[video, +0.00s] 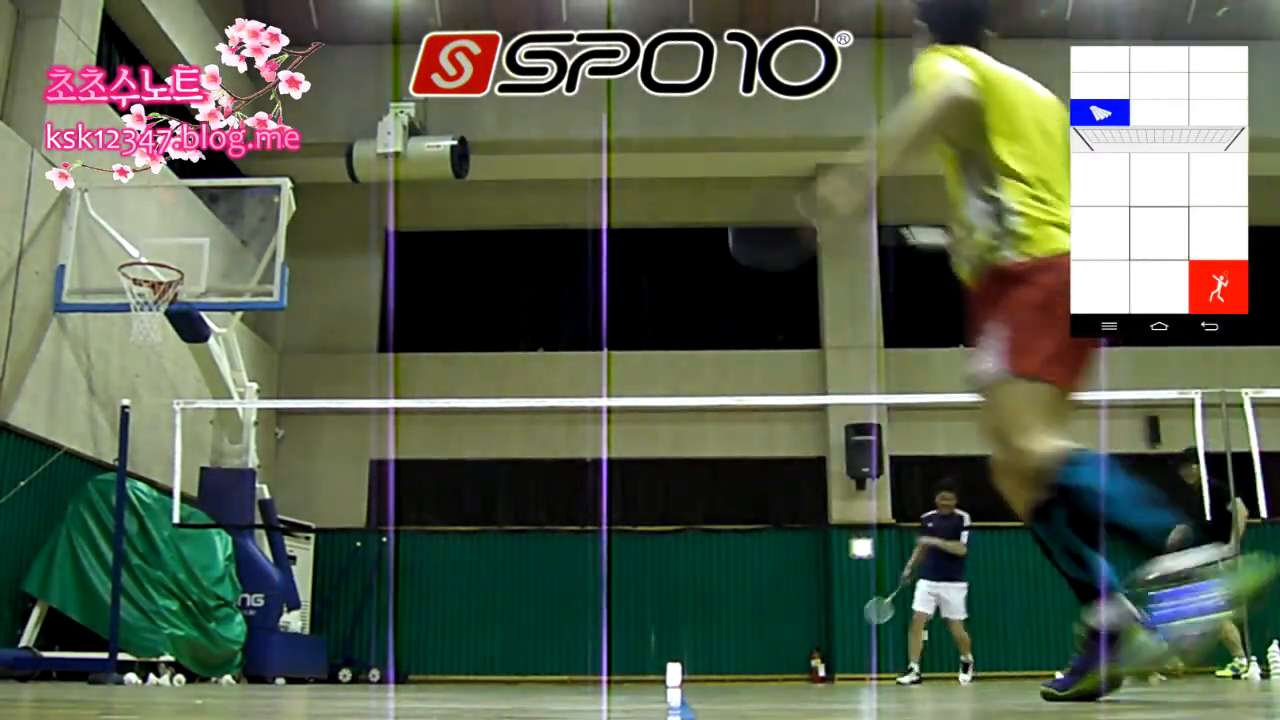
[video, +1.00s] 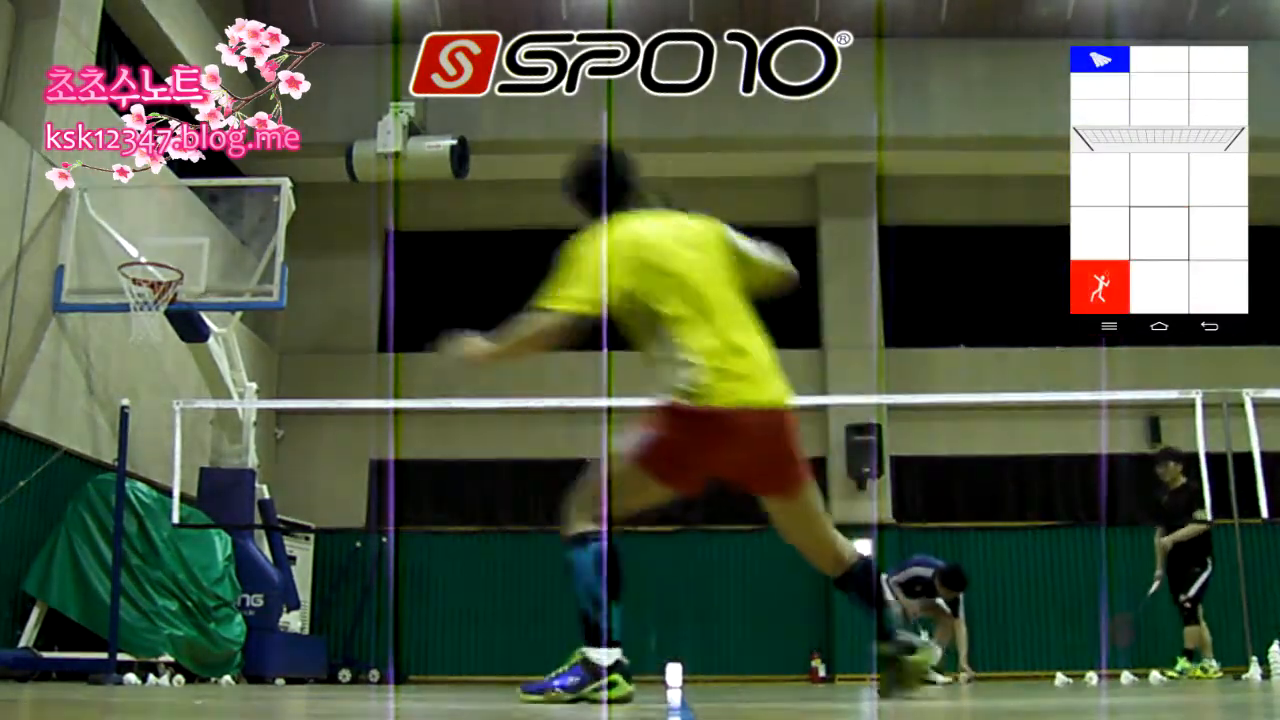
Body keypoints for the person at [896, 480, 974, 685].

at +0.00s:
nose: (945, 504)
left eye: (949, 500)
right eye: (941, 500)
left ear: (955, 501)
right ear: (935, 500)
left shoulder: (963, 519)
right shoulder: (927, 519)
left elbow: (961, 548)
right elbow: (922, 545)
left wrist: (933, 542)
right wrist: (909, 567)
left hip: (953, 583)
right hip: (928, 580)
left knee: (955, 627)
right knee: (917, 620)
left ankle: (967, 660)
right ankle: (913, 667)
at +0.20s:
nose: (932, 495)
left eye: (936, 492)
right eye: (930, 491)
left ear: (943, 491)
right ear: (926, 490)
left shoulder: (951, 514)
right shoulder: (913, 512)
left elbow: (959, 548)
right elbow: (900, 541)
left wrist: (949, 567)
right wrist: (893, 563)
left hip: (941, 578)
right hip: (915, 577)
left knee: (941, 620)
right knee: (911, 622)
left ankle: (937, 657)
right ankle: (914, 666)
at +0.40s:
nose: (944, 516)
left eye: (947, 512)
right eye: (940, 511)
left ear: (952, 511)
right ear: (931, 506)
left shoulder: (955, 527)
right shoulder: (911, 518)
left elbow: (960, 559)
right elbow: (895, 544)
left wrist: (959, 584)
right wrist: (898, 567)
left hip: (937, 581)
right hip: (911, 580)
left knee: (936, 616)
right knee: (912, 624)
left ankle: (939, 659)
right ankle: (910, 662)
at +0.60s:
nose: (953, 543)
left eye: (955, 539)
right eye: (951, 538)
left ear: (955, 538)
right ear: (940, 534)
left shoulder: (956, 550)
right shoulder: (914, 539)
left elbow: (960, 584)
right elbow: (897, 560)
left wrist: (961, 617)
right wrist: (906, 584)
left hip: (936, 587)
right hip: (910, 586)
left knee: (941, 615)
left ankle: (936, 665)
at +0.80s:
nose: (948, 582)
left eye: (951, 579)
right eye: (946, 578)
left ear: (955, 576)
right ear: (936, 569)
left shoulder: (956, 580)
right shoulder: (913, 565)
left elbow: (959, 612)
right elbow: (895, 591)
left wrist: (963, 648)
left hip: (930, 595)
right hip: (907, 596)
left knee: (948, 618)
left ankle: (936, 659)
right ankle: (895, 664)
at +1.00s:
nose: (950, 598)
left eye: (953, 595)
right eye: (948, 593)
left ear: (957, 591)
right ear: (939, 583)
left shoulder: (955, 591)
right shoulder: (920, 570)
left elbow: (959, 623)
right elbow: (891, 581)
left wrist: (963, 662)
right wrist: (906, 603)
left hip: (923, 598)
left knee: (947, 621)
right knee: (896, 612)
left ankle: (927, 667)